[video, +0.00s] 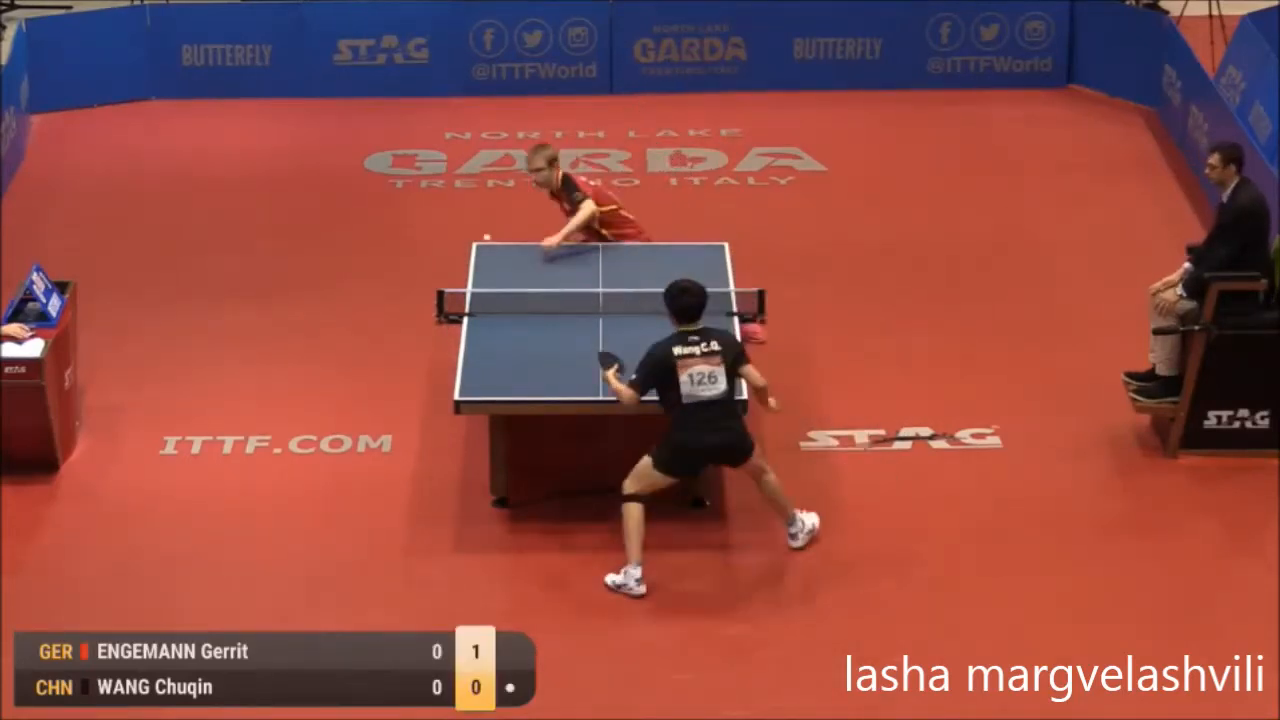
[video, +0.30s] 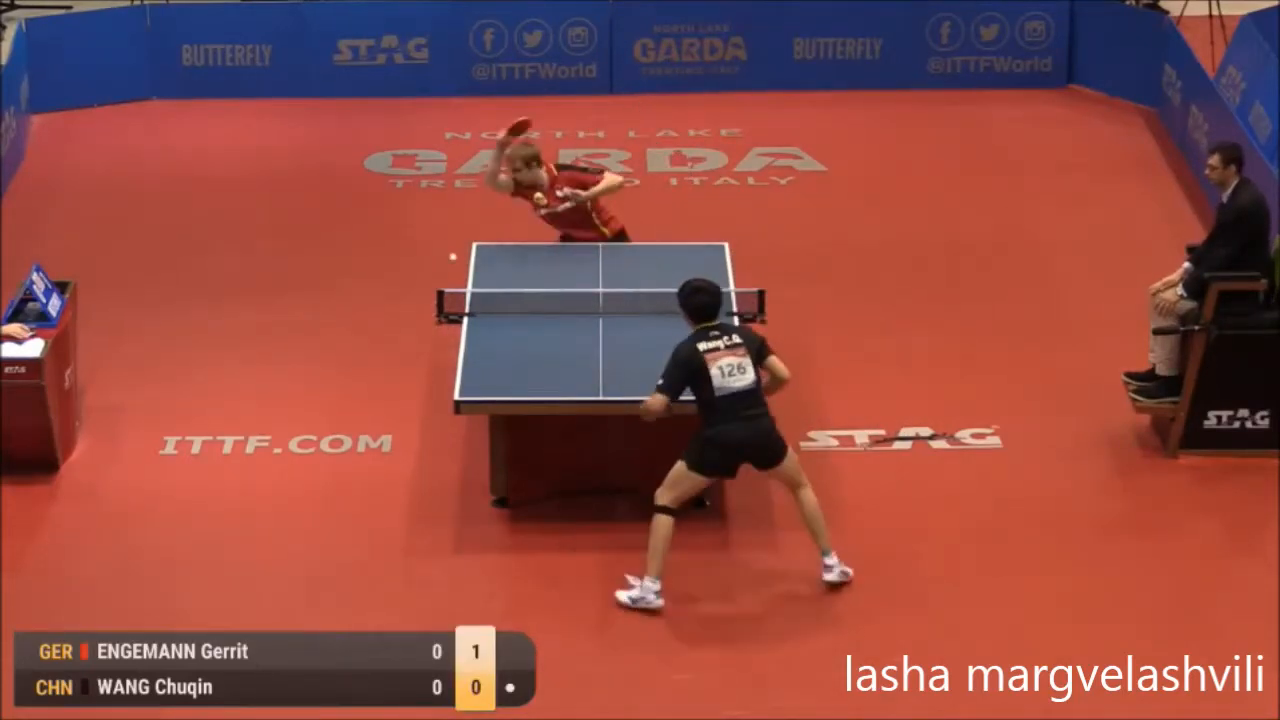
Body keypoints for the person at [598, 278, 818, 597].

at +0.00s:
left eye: (670, 307)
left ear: (670, 312)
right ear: (703, 310)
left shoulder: (661, 351)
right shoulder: (725, 341)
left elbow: (629, 398)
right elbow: (759, 383)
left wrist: (611, 379)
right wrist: (766, 400)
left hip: (686, 443)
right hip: (730, 437)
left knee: (632, 489)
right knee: (763, 474)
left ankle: (632, 574)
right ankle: (796, 526)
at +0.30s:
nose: (686, 313)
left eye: (685, 308)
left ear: (686, 313)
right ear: (719, 307)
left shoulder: (687, 350)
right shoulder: (745, 335)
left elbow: (656, 406)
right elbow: (781, 376)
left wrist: (645, 408)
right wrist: (756, 393)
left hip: (718, 439)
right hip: (761, 432)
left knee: (666, 500)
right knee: (800, 486)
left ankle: (650, 587)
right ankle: (830, 561)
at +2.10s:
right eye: (555, 297)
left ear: (525, 299)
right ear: (556, 302)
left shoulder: (504, 323)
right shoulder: (564, 339)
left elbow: (465, 334)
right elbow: (597, 381)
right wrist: (594, 370)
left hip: (490, 423)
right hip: (532, 429)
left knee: (454, 463)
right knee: (592, 474)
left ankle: (408, 510)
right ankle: (586, 557)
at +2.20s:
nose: (531, 319)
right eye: (532, 316)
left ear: (500, 313)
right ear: (529, 321)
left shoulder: (476, 331)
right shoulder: (530, 354)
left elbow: (448, 335)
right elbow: (565, 386)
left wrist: (447, 329)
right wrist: (558, 379)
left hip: (447, 429)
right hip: (488, 438)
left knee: (425, 465)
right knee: (556, 474)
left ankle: (388, 521)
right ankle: (580, 557)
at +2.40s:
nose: (506, 329)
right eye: (505, 325)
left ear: (473, 318)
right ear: (501, 328)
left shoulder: (449, 334)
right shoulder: (503, 354)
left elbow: (425, 330)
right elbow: (532, 375)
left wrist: (439, 327)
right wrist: (529, 356)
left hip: (419, 422)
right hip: (456, 433)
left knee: (413, 460)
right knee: (519, 487)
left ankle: (387, 521)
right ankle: (569, 556)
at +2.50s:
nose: (495, 320)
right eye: (495, 317)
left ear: (465, 314)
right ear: (493, 322)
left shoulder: (443, 331)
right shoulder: (497, 348)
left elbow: (420, 327)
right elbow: (530, 366)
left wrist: (442, 324)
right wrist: (524, 343)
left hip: (422, 427)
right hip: (459, 435)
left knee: (416, 460)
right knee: (527, 485)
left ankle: (388, 521)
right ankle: (572, 558)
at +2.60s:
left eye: (460, 294)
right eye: (488, 294)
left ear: (459, 298)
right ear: (489, 298)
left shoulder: (444, 325)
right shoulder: (500, 329)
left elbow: (423, 339)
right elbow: (541, 355)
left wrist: (425, 321)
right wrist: (532, 335)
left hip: (446, 427)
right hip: (484, 428)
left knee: (425, 466)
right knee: (554, 473)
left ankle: (390, 520)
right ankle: (577, 557)